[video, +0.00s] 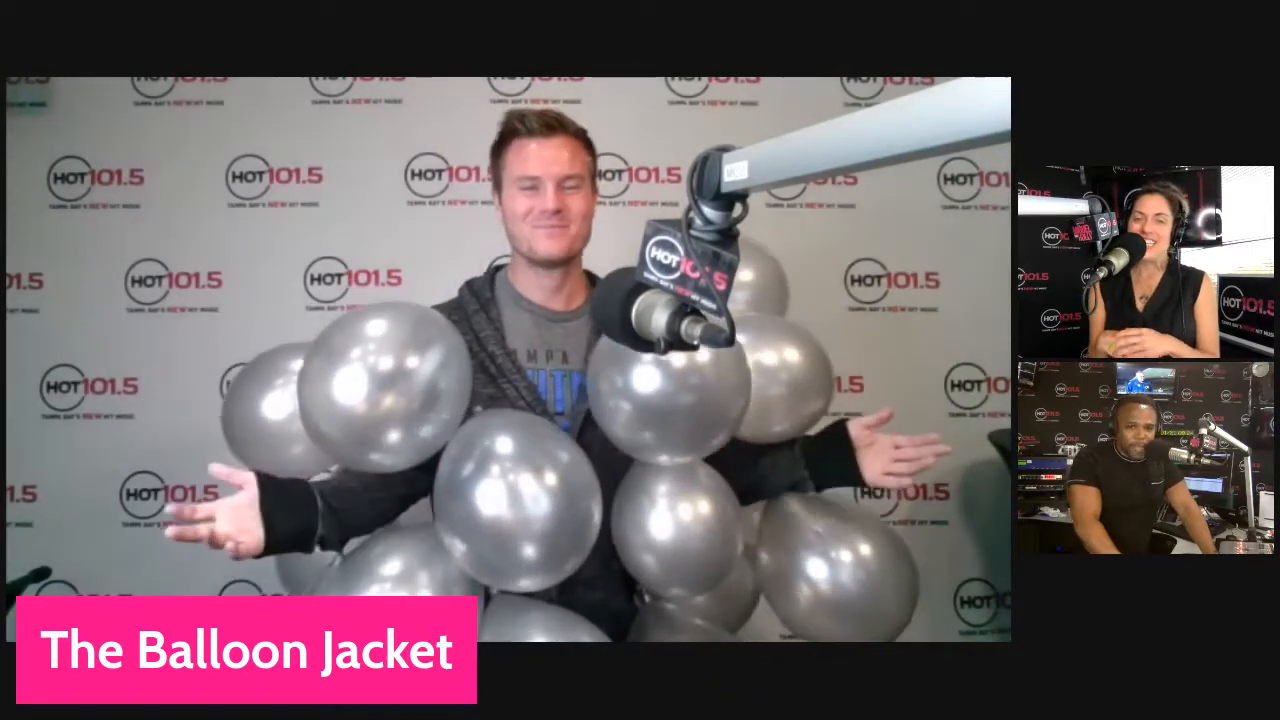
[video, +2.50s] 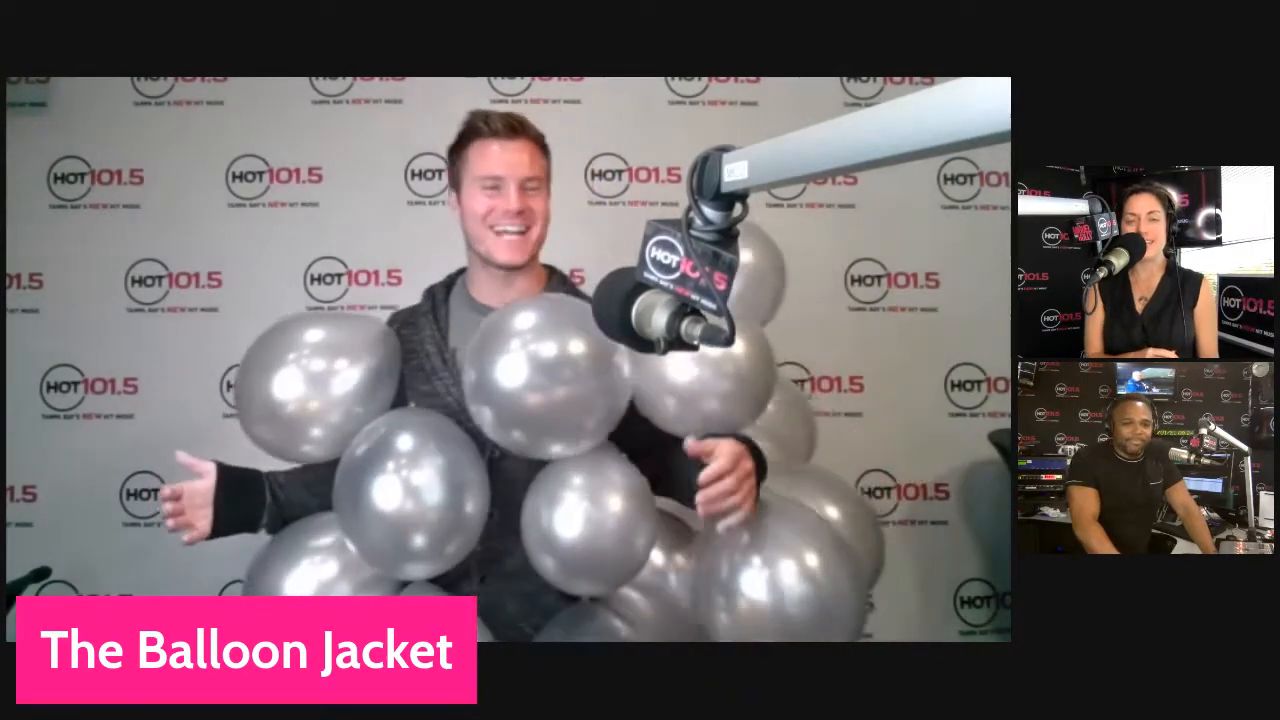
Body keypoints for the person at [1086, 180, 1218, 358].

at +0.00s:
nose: (1146, 229)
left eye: (1160, 220)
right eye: (1138, 218)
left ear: (1175, 230)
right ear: (1127, 224)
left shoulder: (1197, 284)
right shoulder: (1103, 285)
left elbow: (1211, 358)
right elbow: (1093, 359)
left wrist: (1169, 344)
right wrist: (1100, 345)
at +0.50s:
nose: (1143, 227)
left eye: (1156, 218)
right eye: (1134, 218)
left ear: (1172, 227)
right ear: (1124, 225)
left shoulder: (1197, 285)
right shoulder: (1102, 287)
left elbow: (1209, 361)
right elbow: (1093, 355)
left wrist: (1163, 351)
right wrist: (1116, 350)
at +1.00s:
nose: (1139, 227)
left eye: (1152, 217)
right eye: (1131, 219)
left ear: (1170, 225)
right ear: (1122, 228)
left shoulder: (1198, 287)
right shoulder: (1104, 287)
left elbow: (1212, 363)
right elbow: (1095, 357)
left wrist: (1166, 350)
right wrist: (1135, 352)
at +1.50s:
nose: (1140, 227)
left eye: (1152, 217)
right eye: (1131, 219)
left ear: (1168, 226)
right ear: (1121, 228)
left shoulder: (1197, 287)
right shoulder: (1102, 288)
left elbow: (1212, 364)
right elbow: (1095, 358)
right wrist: (1133, 354)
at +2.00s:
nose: (1141, 230)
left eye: (1153, 220)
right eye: (1131, 222)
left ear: (1168, 226)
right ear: (1120, 228)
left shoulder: (1196, 287)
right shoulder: (1100, 289)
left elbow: (1210, 365)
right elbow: (1093, 360)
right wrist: (1137, 356)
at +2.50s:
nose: (1141, 229)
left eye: (1153, 219)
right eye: (1131, 220)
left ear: (1167, 225)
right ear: (1120, 227)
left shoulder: (1196, 287)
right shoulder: (1099, 289)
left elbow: (1210, 366)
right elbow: (1093, 361)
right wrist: (1138, 357)